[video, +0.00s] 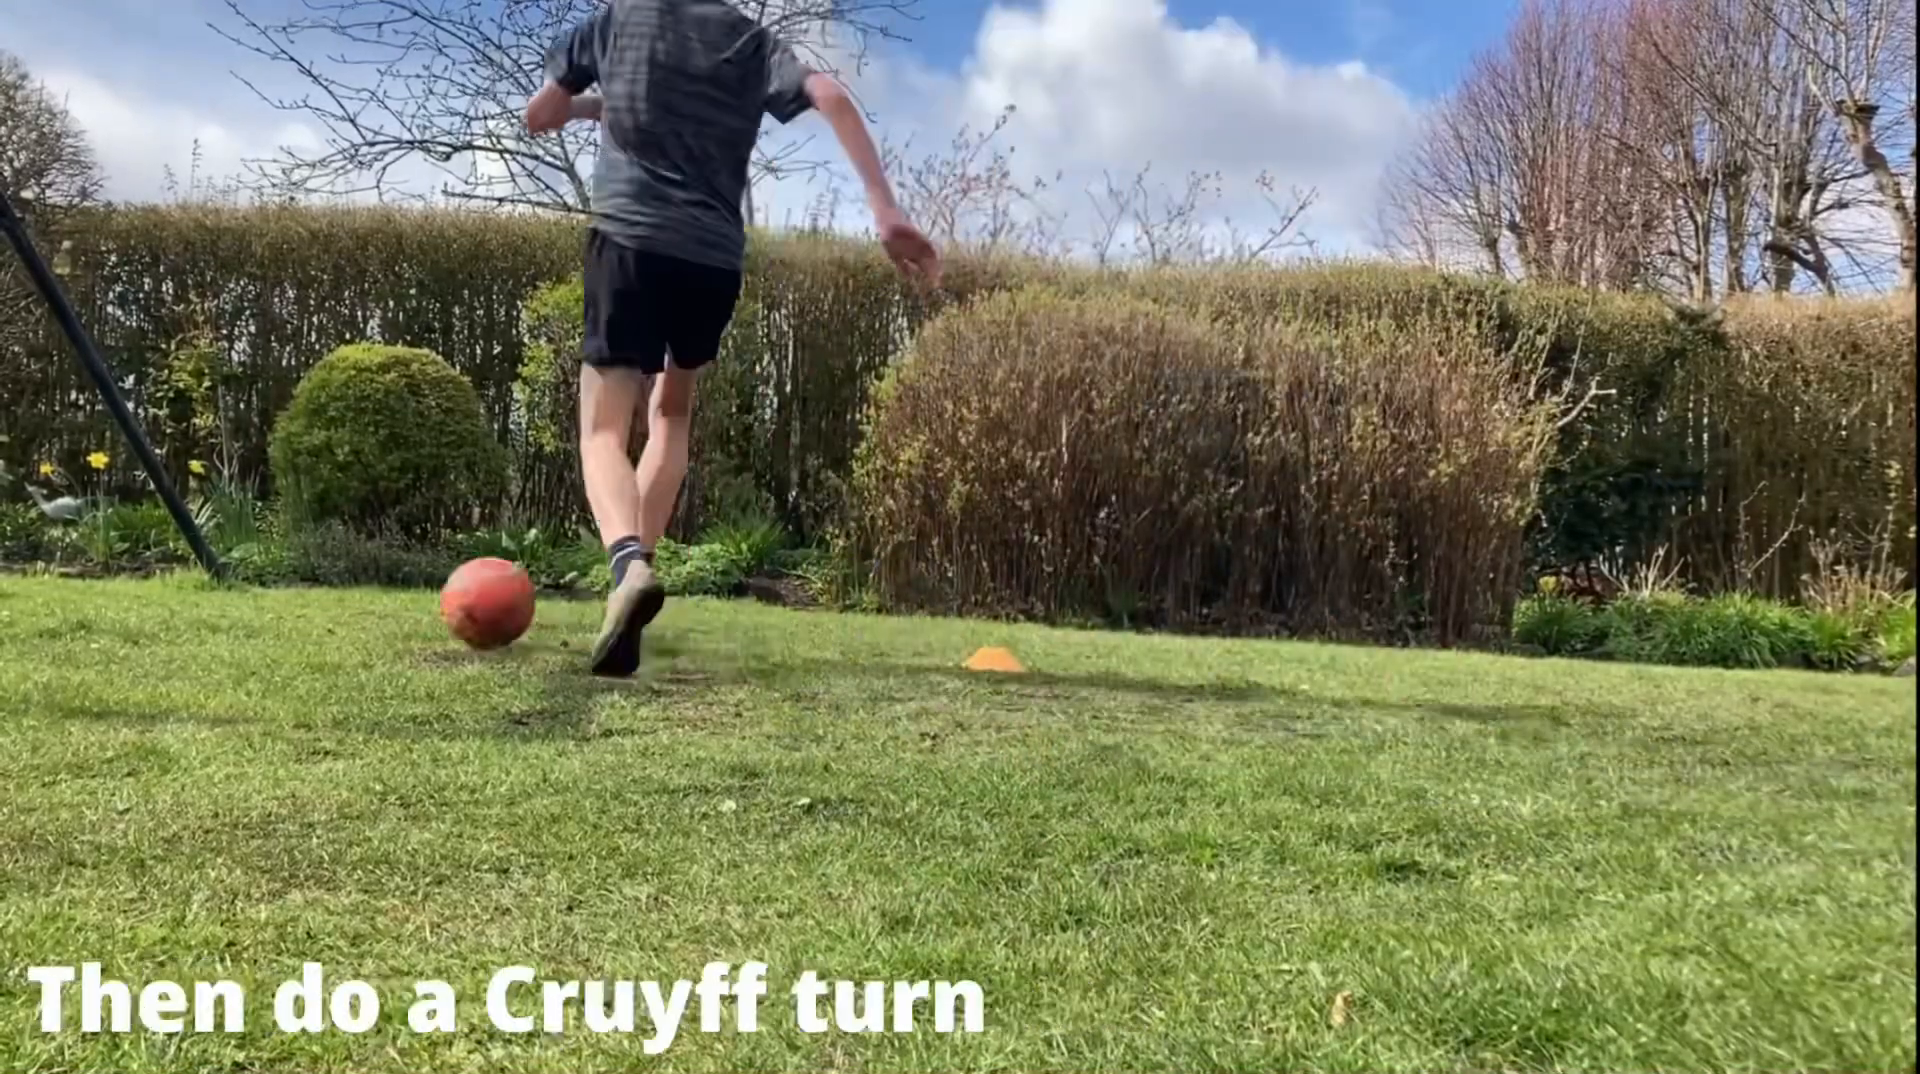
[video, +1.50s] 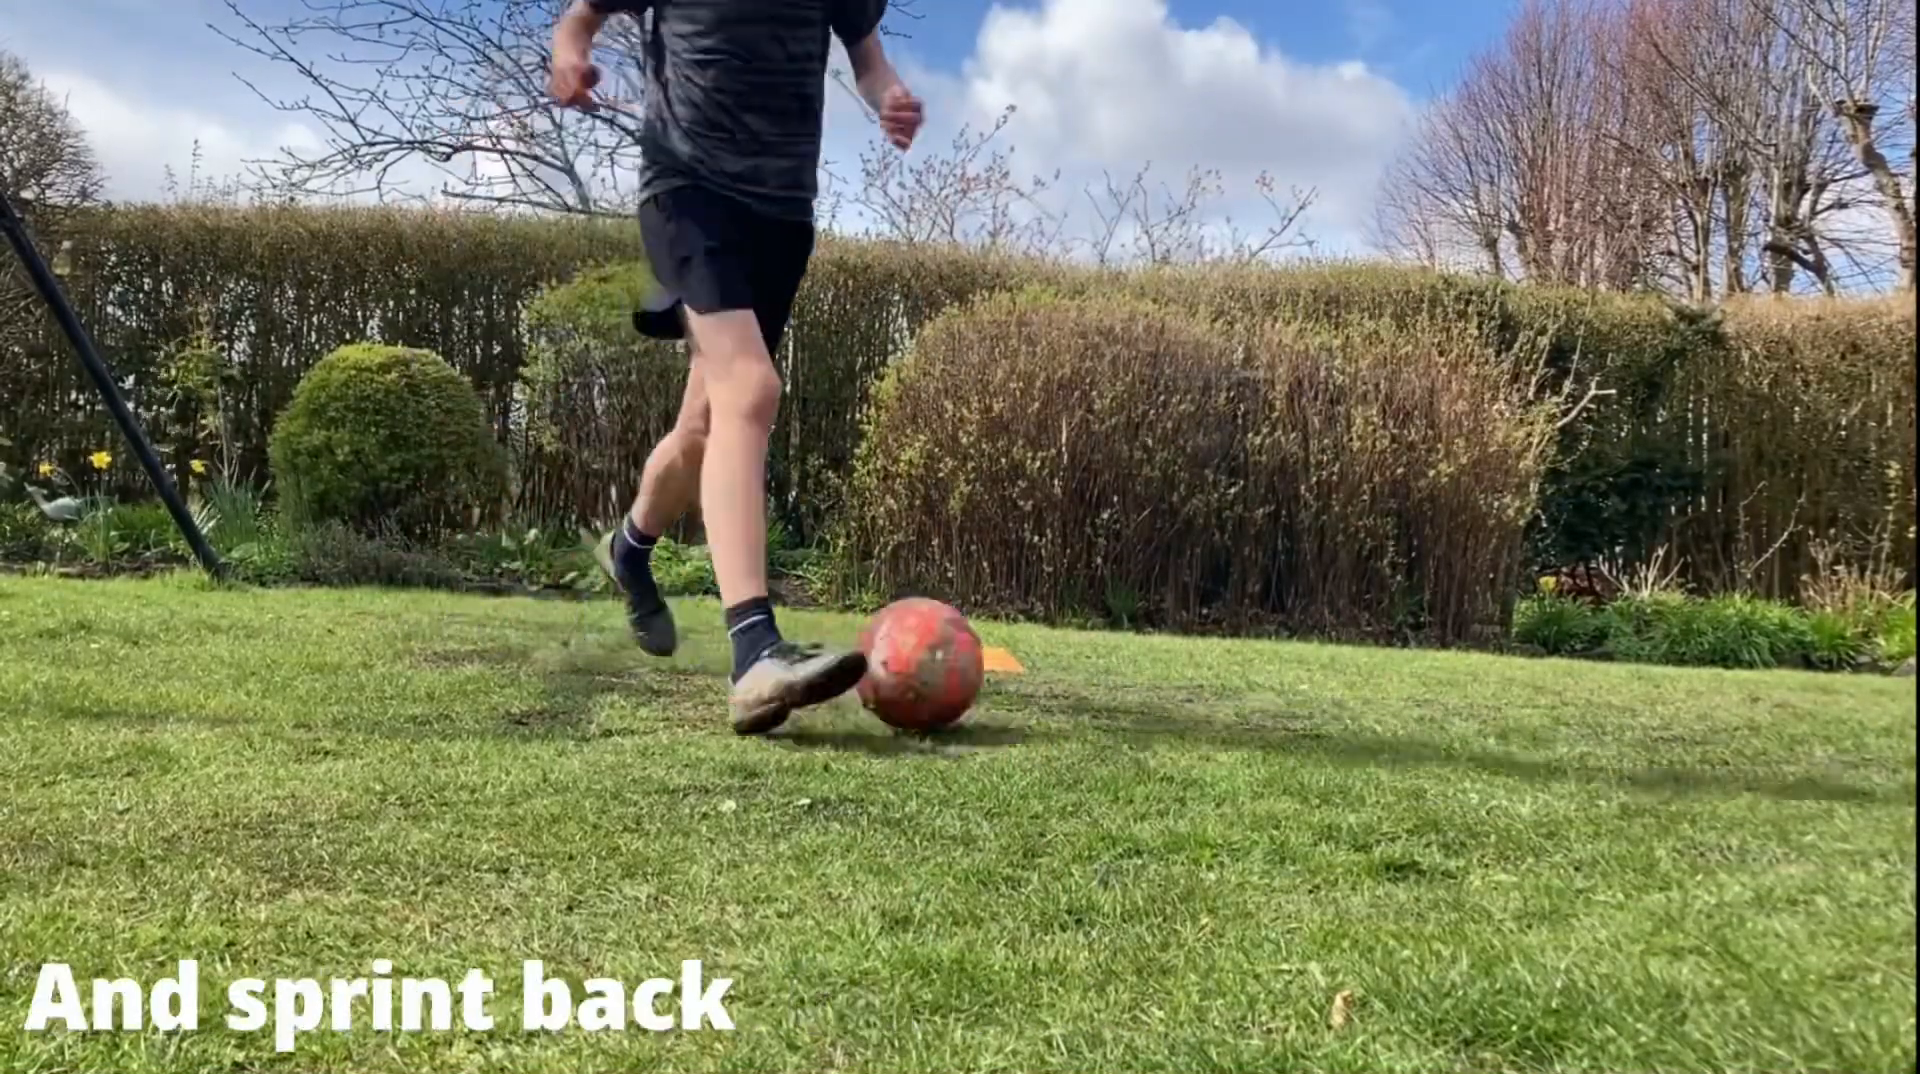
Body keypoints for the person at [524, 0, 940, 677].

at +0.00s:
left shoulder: (615, 19)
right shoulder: (755, 36)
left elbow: (538, 116)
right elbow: (832, 95)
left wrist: (602, 103)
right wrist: (887, 211)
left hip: (626, 239)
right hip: (714, 255)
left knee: (605, 429)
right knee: (672, 411)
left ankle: (629, 561)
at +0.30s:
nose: (638, 90)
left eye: (624, 72)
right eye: (670, 94)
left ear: (621, 72)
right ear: (673, 95)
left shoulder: (559, 104)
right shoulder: (663, 154)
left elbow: (487, 168)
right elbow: (696, 261)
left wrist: (510, 220)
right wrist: (676, 335)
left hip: (489, 284)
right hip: (564, 315)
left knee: (481, 397)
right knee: (587, 446)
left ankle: (375, 510)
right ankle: (556, 595)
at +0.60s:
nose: (628, 179)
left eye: (634, 169)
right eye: (624, 163)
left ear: (591, 151)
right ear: (588, 145)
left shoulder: (552, 211)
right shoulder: (525, 194)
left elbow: (500, 282)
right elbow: (430, 265)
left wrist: (536, 337)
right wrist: (472, 363)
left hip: (467, 346)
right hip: (437, 349)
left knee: (488, 483)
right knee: (555, 454)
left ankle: (404, 582)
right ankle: (478, 580)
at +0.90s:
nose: (582, 75)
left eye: (591, 65)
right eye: (571, 59)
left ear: (594, 70)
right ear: (534, 55)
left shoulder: (585, 144)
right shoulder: (484, 130)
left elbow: (579, 225)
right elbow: (426, 234)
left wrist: (635, 232)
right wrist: (500, 280)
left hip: (535, 325)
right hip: (458, 321)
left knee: (564, 464)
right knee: (471, 482)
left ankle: (499, 535)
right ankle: (427, 577)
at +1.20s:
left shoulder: (671, 61)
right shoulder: (559, 27)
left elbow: (694, 174)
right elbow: (466, 112)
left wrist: (742, 162)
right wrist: (561, 89)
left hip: (621, 268)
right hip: (534, 262)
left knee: (629, 442)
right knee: (536, 469)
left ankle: (552, 619)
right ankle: (473, 524)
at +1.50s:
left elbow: (868, 55)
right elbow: (582, 15)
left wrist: (890, 97)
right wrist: (569, 55)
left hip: (785, 202)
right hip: (687, 182)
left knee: (701, 430)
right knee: (751, 391)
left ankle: (628, 549)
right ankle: (755, 655)